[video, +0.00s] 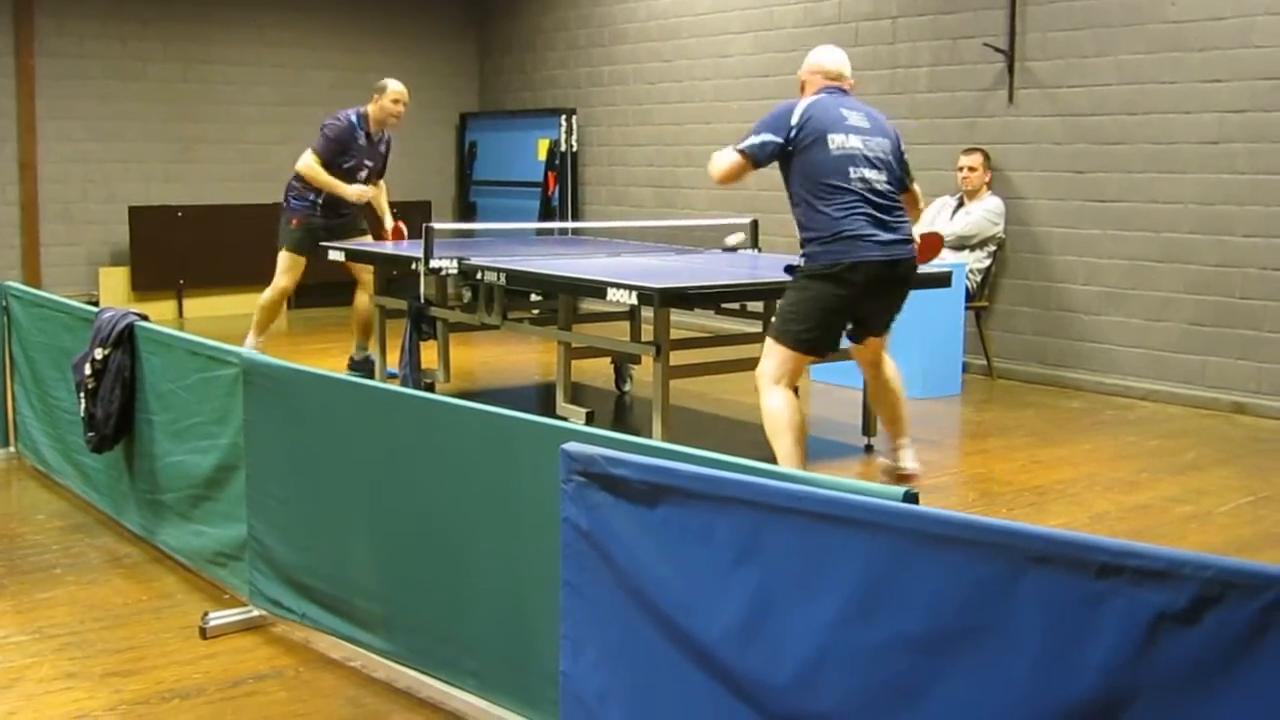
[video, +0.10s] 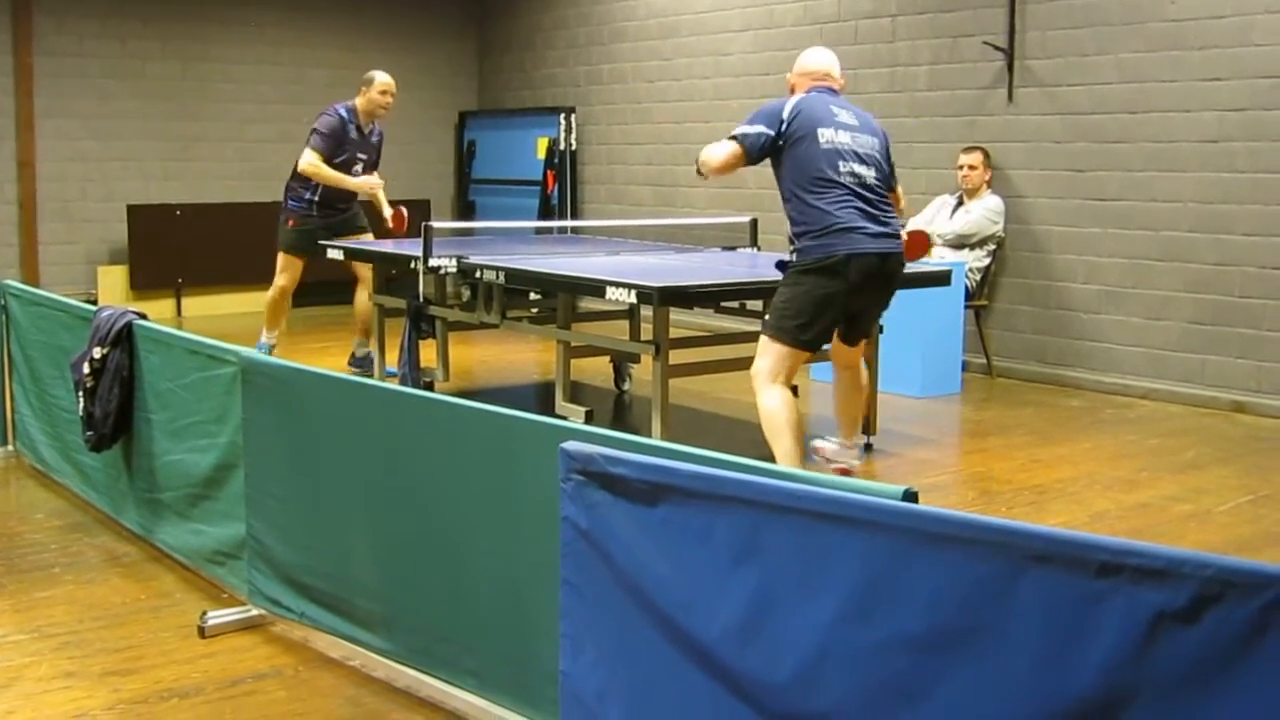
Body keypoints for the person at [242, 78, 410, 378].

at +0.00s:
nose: (400, 110)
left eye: (404, 105)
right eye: (395, 102)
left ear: (403, 108)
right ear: (376, 100)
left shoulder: (384, 140)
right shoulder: (342, 126)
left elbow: (376, 183)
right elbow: (305, 165)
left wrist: (387, 218)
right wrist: (346, 190)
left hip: (345, 212)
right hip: (305, 208)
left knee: (369, 279)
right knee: (284, 285)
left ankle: (360, 356)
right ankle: (252, 344)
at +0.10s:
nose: (389, 101)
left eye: (392, 96)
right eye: (384, 94)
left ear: (391, 100)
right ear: (364, 93)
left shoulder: (375, 134)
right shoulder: (334, 120)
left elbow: (370, 178)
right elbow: (307, 164)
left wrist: (385, 209)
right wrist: (354, 183)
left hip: (345, 210)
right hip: (304, 211)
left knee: (370, 275)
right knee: (283, 285)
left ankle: (361, 354)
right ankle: (266, 345)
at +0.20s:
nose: (377, 98)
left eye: (380, 93)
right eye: (371, 91)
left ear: (378, 96)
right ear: (351, 90)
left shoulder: (366, 131)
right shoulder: (323, 120)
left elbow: (367, 174)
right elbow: (304, 167)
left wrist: (386, 199)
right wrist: (353, 181)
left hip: (343, 209)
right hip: (303, 211)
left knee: (381, 265)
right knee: (284, 285)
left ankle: (374, 346)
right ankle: (268, 346)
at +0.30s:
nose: (370, 99)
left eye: (373, 93)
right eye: (364, 92)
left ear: (372, 96)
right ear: (344, 92)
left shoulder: (363, 130)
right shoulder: (316, 124)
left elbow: (370, 169)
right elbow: (299, 173)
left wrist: (389, 194)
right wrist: (351, 184)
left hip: (344, 211)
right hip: (302, 214)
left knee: (383, 266)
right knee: (283, 286)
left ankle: (391, 340)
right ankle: (264, 346)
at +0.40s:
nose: (372, 107)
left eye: (374, 102)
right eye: (366, 101)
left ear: (375, 104)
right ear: (345, 101)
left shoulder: (368, 138)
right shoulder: (316, 133)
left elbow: (379, 175)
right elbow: (298, 184)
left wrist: (393, 197)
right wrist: (348, 193)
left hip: (346, 215)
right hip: (305, 216)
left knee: (385, 270)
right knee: (284, 286)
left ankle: (406, 345)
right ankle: (262, 345)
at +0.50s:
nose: (381, 119)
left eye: (383, 113)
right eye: (375, 112)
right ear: (354, 112)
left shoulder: (372, 146)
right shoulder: (324, 141)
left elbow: (386, 185)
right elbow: (305, 194)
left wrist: (403, 205)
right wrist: (352, 205)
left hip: (351, 219)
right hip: (310, 218)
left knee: (392, 270)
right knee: (286, 289)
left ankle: (408, 346)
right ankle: (261, 344)